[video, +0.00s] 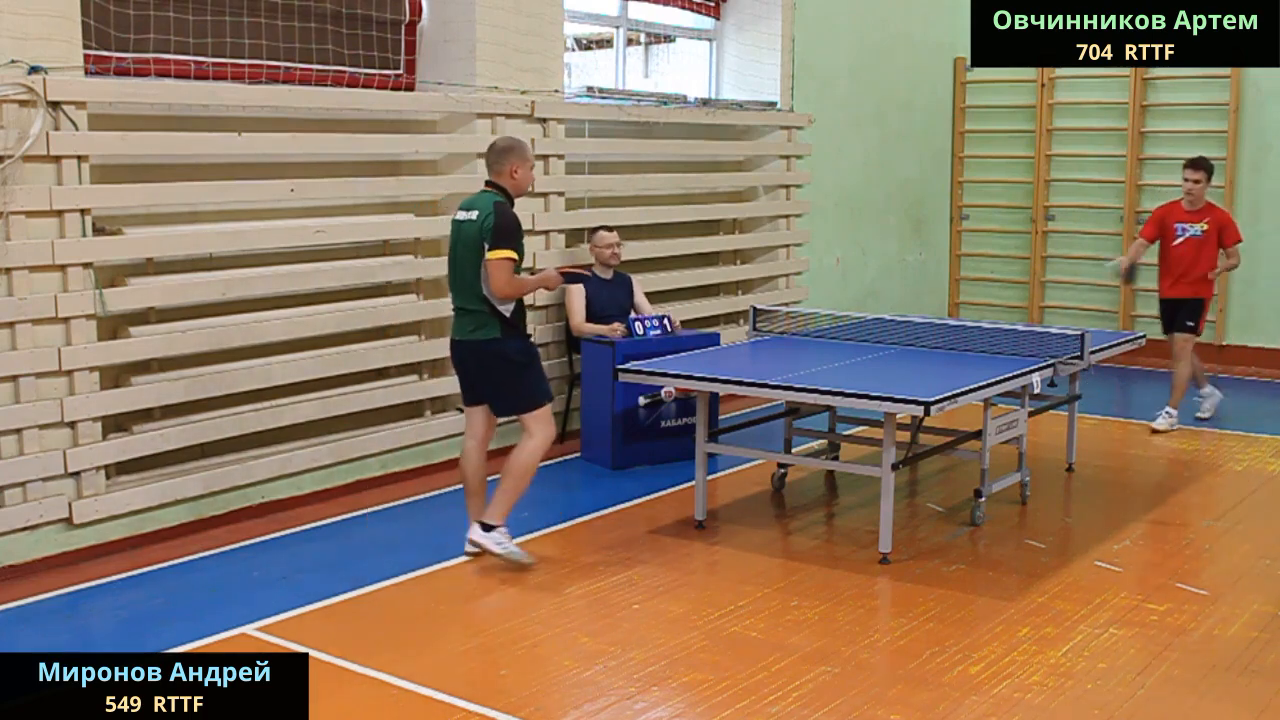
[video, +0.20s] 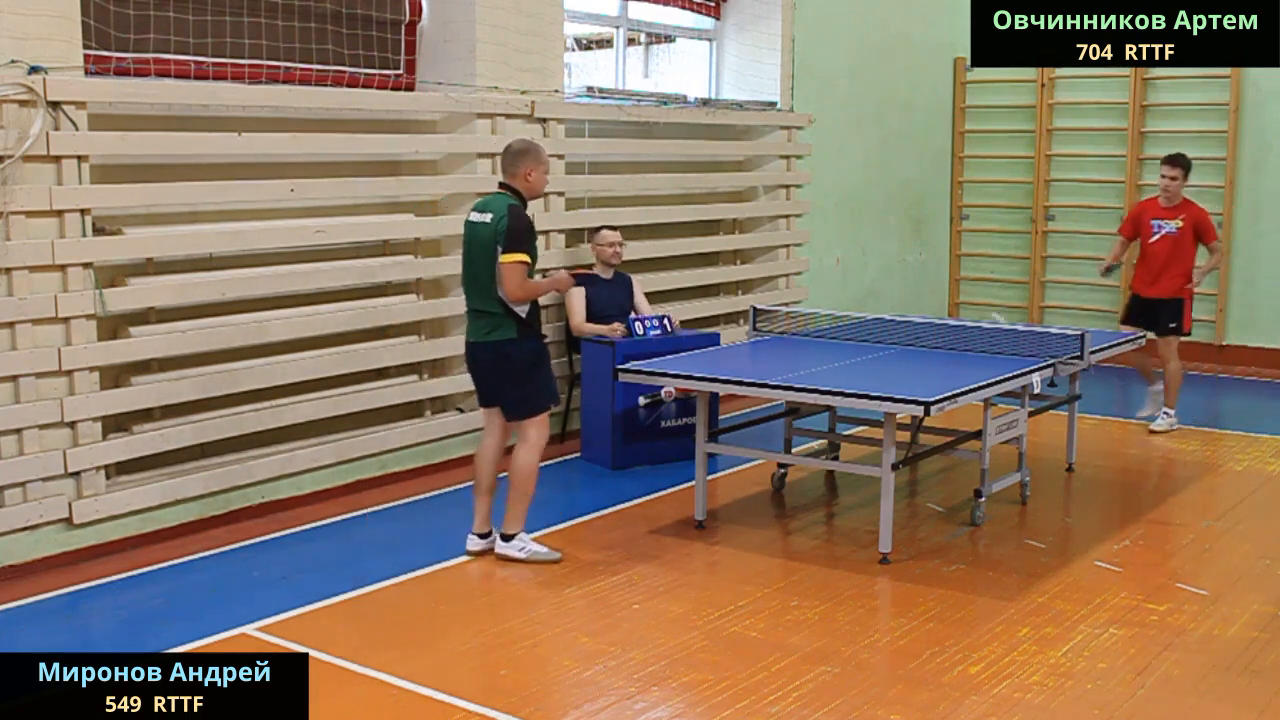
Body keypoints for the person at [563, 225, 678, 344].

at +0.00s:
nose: (615, 251)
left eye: (618, 246)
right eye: (608, 247)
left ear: (622, 247)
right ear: (593, 250)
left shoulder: (628, 281)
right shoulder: (578, 284)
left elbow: (650, 318)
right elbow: (577, 327)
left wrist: (668, 323)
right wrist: (607, 330)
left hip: (631, 349)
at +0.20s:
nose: (617, 250)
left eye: (620, 245)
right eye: (611, 246)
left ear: (624, 247)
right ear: (594, 249)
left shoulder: (629, 282)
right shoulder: (579, 284)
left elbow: (649, 318)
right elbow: (577, 327)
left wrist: (666, 323)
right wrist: (607, 330)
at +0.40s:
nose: (618, 250)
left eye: (622, 245)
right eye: (612, 245)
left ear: (625, 248)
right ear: (595, 248)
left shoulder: (630, 282)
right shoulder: (579, 282)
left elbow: (649, 319)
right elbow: (577, 327)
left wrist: (666, 322)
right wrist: (607, 330)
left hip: (629, 348)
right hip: (595, 349)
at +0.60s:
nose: (619, 250)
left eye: (622, 245)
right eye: (612, 245)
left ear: (625, 247)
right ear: (596, 249)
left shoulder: (630, 282)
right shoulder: (579, 282)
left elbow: (649, 319)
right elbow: (577, 328)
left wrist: (667, 322)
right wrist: (618, 332)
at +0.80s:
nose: (619, 250)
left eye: (622, 245)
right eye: (612, 245)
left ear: (625, 248)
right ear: (595, 248)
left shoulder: (631, 282)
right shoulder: (579, 282)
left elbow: (648, 317)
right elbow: (578, 328)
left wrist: (666, 321)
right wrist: (620, 332)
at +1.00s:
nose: (619, 250)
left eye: (622, 245)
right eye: (612, 245)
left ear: (625, 247)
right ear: (595, 248)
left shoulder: (630, 281)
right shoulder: (580, 279)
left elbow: (649, 318)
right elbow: (577, 328)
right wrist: (616, 333)